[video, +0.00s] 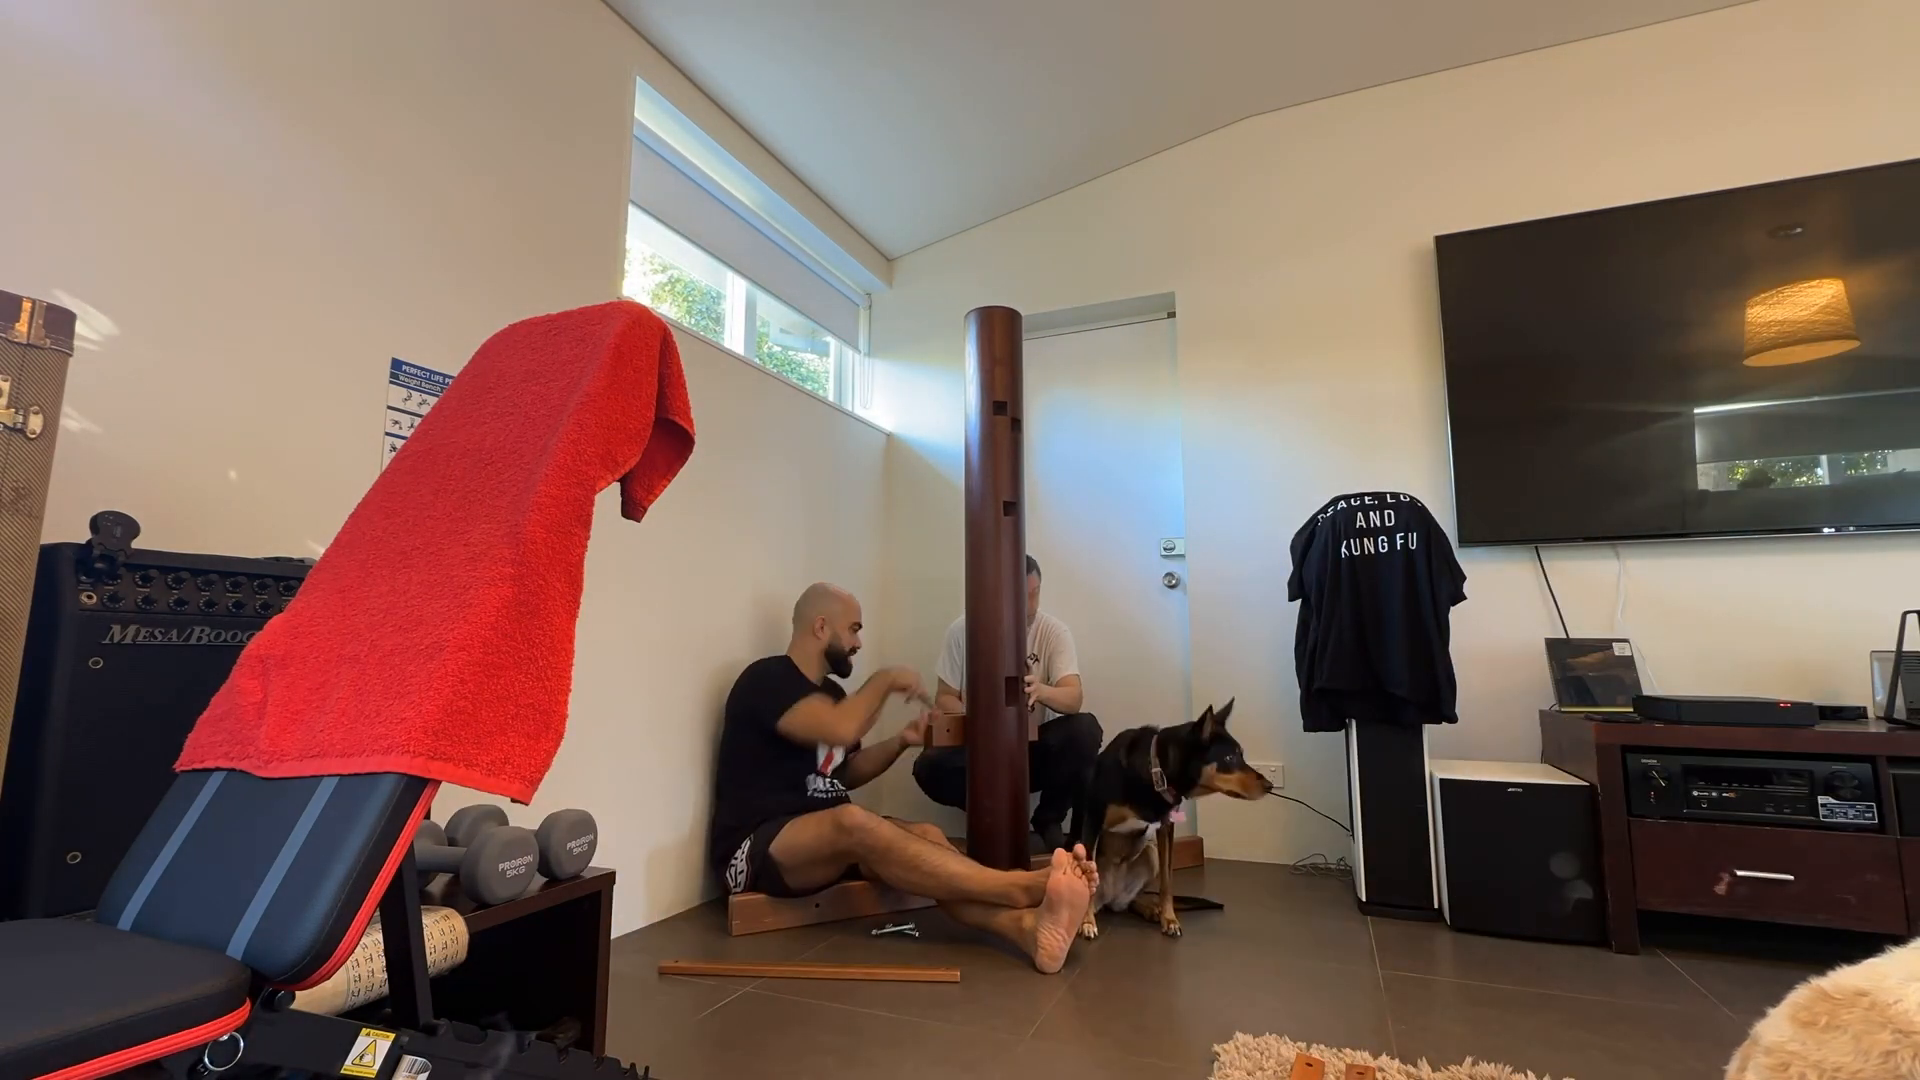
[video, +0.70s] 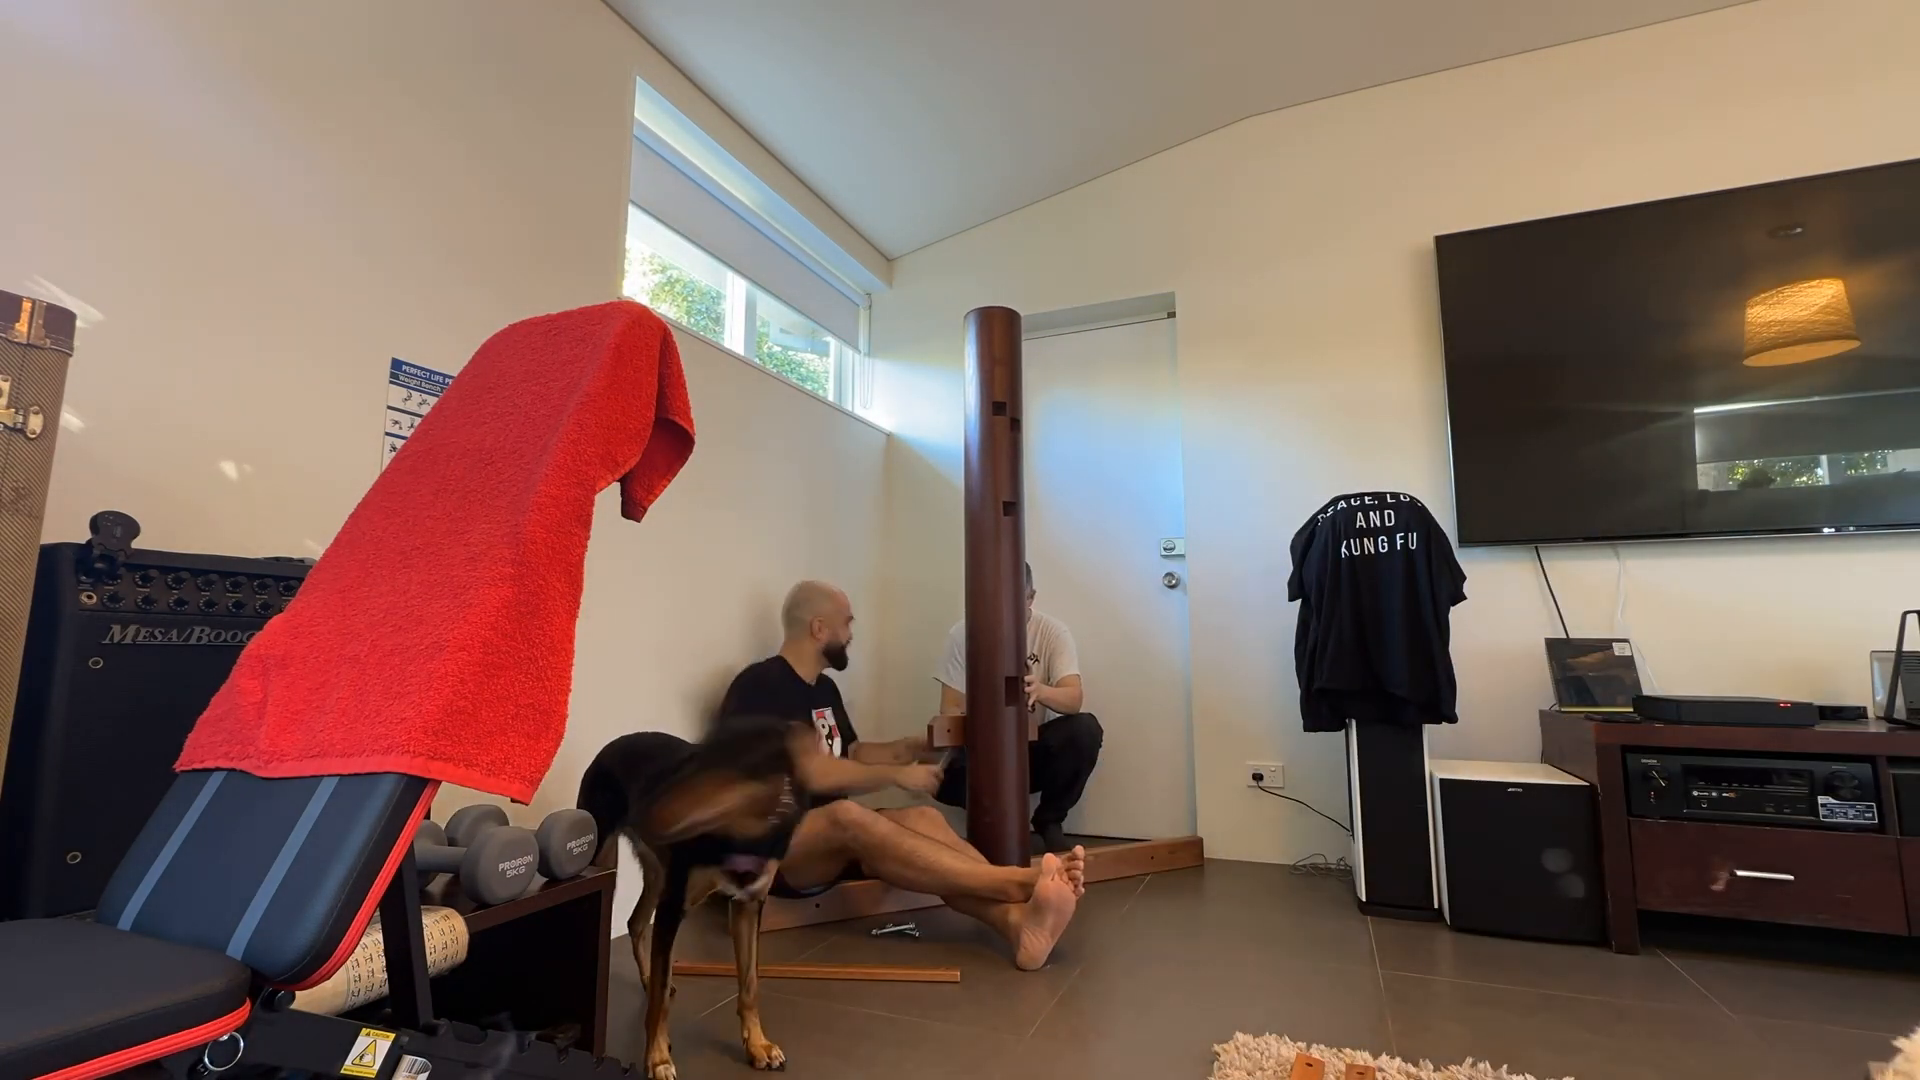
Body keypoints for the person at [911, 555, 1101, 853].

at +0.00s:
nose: (1023, 605)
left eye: (1030, 595)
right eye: (1016, 595)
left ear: (1039, 592)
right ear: (997, 592)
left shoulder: (1052, 632)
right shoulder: (963, 632)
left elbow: (1072, 699)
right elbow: (945, 698)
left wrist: (1042, 691)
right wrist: (976, 716)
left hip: (1033, 748)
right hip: (980, 750)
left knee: (1083, 728)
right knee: (930, 766)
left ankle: (1049, 819)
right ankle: (998, 817)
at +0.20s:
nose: (1021, 625)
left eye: (1028, 617)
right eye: (1013, 616)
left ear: (1040, 602)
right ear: (994, 603)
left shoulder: (1052, 632)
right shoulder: (963, 632)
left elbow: (1073, 700)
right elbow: (950, 698)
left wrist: (1041, 691)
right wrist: (982, 712)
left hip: (1033, 750)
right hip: (979, 752)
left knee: (1084, 729)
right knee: (932, 766)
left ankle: (1049, 820)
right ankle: (997, 815)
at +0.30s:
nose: (1023, 625)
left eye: (1031, 618)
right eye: (1015, 617)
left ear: (1042, 603)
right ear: (997, 606)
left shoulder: (1053, 632)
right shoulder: (963, 632)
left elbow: (1074, 701)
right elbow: (952, 702)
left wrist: (1042, 692)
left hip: (1034, 742)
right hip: (982, 745)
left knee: (1084, 728)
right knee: (934, 770)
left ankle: (1049, 818)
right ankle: (998, 814)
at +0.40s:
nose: (1021, 626)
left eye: (1029, 618)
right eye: (1013, 617)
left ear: (1042, 602)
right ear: (994, 605)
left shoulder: (1053, 633)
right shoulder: (964, 631)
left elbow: (1073, 701)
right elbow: (952, 698)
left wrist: (1041, 691)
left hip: (1032, 750)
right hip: (979, 753)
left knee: (1084, 729)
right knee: (933, 766)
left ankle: (1049, 821)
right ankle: (998, 816)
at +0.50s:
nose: (1012, 607)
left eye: (1019, 598)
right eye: (1003, 597)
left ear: (1032, 597)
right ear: (989, 596)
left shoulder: (1053, 634)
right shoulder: (965, 633)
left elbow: (1073, 700)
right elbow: (956, 709)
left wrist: (1041, 691)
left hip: (1032, 751)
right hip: (980, 752)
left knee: (1084, 728)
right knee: (934, 766)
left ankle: (1049, 820)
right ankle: (998, 814)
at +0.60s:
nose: (1013, 608)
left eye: (1020, 599)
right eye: (1003, 599)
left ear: (1031, 597)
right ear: (987, 598)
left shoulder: (1052, 633)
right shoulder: (963, 637)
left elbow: (1073, 701)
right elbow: (955, 716)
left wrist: (1041, 691)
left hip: (1033, 752)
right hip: (980, 756)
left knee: (1083, 729)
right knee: (943, 776)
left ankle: (1049, 820)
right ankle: (1000, 819)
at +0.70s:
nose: (1013, 608)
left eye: (1020, 598)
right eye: (1004, 599)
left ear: (1032, 597)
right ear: (988, 597)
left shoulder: (1052, 632)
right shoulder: (964, 634)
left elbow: (1073, 701)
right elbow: (951, 714)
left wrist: (1042, 691)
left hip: (1033, 751)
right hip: (981, 755)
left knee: (1083, 729)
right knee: (945, 777)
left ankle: (1049, 819)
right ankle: (1002, 820)